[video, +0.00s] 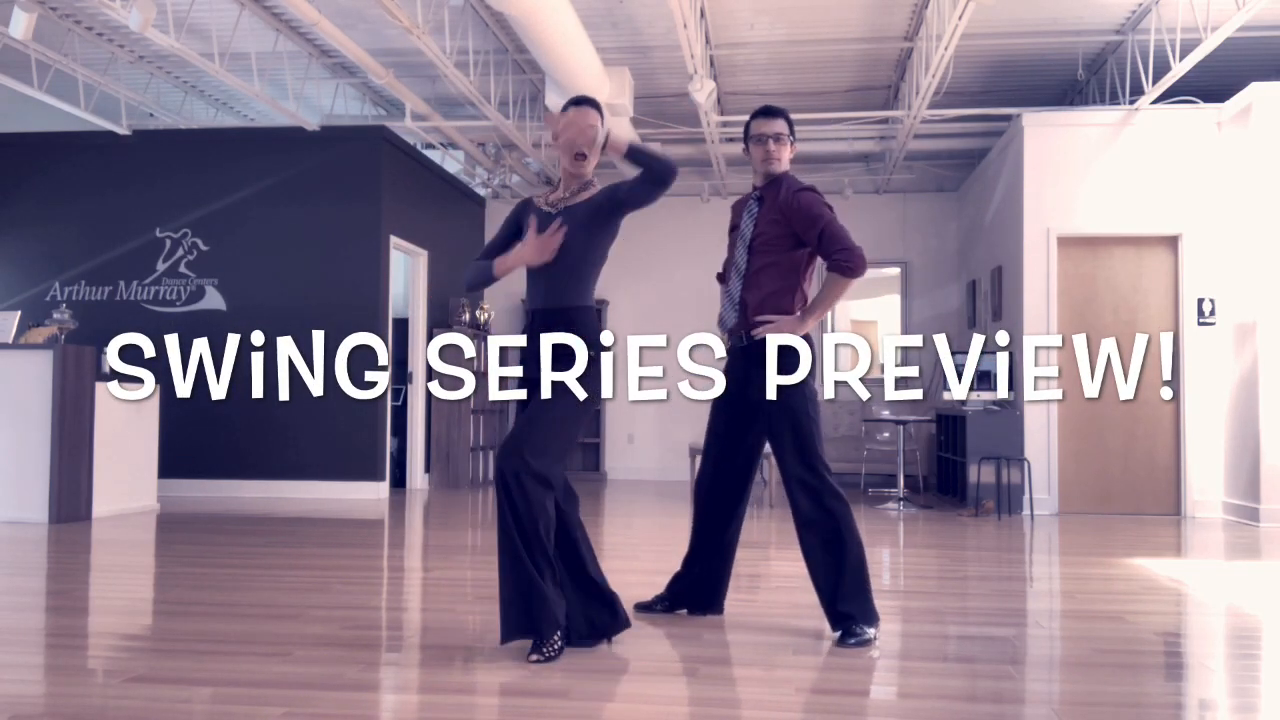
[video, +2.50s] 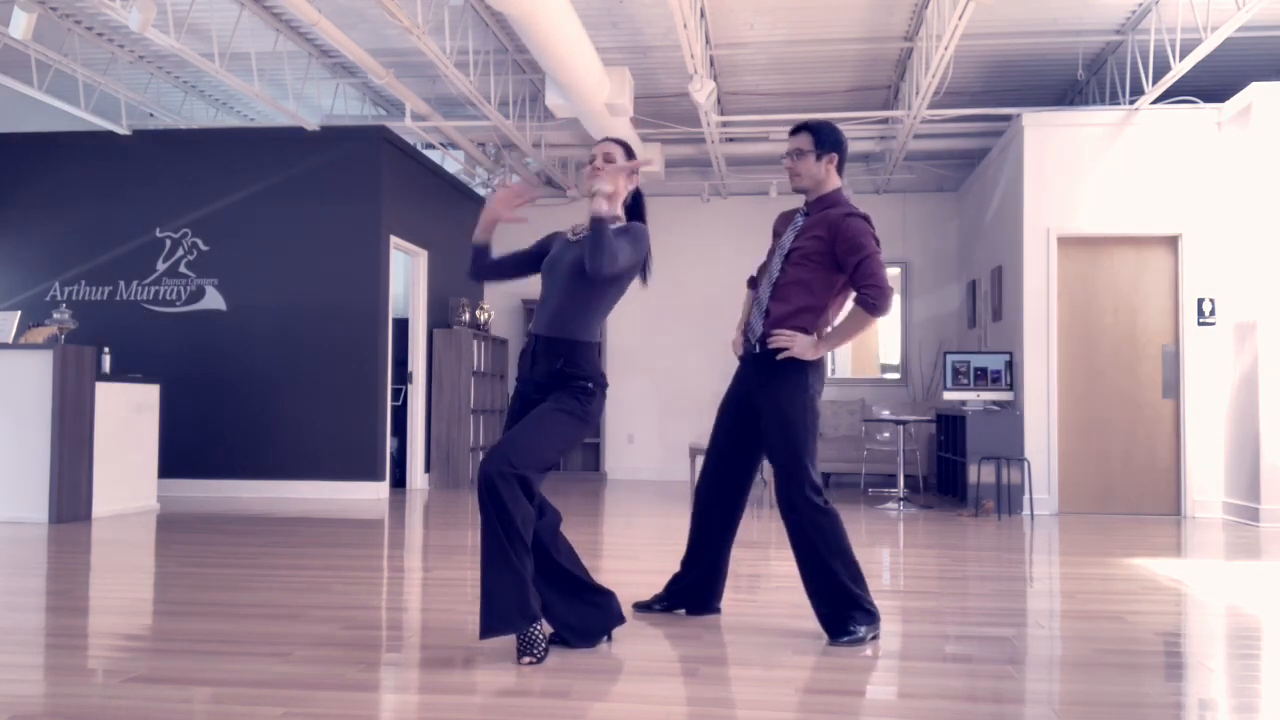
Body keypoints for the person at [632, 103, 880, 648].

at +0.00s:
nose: (770, 147)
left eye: (779, 139)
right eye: (760, 140)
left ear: (793, 148)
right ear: (746, 150)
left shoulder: (798, 199)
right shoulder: (744, 207)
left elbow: (849, 261)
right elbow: (740, 269)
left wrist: (805, 320)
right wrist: (733, 318)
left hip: (779, 355)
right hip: (741, 357)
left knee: (810, 482)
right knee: (720, 479)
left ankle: (855, 616)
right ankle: (697, 591)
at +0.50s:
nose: (769, 148)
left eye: (779, 140)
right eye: (759, 140)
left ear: (794, 148)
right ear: (745, 150)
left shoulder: (800, 202)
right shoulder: (742, 208)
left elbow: (854, 262)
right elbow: (741, 268)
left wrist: (807, 320)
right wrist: (726, 289)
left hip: (783, 354)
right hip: (742, 357)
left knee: (814, 482)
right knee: (723, 477)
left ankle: (857, 615)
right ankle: (698, 590)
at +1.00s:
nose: (759, 155)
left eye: (769, 146)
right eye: (756, 147)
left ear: (800, 151)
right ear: (758, 153)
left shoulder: (815, 207)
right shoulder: (756, 209)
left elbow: (862, 272)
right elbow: (733, 274)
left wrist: (812, 323)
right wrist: (729, 328)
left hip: (786, 357)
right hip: (743, 358)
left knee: (814, 484)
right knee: (723, 478)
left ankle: (856, 615)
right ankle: (697, 591)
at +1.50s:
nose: (792, 169)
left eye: (801, 161)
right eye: (791, 161)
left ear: (833, 163)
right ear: (812, 164)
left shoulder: (850, 224)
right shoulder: (797, 217)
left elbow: (877, 301)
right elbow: (770, 278)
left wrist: (816, 334)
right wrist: (743, 324)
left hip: (787, 365)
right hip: (750, 360)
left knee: (810, 489)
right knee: (721, 480)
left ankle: (854, 617)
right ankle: (697, 592)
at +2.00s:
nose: (795, 164)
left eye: (805, 156)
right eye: (794, 156)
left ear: (837, 162)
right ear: (806, 164)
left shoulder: (848, 221)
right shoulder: (798, 217)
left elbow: (874, 298)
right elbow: (780, 280)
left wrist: (817, 334)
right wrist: (747, 325)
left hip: (787, 364)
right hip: (751, 359)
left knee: (807, 487)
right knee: (721, 479)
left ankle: (855, 616)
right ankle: (697, 591)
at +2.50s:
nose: (787, 164)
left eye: (797, 156)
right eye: (787, 156)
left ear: (830, 162)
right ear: (800, 165)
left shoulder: (847, 221)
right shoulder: (791, 220)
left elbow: (876, 298)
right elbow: (761, 279)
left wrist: (821, 344)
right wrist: (744, 324)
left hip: (792, 368)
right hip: (753, 364)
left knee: (799, 493)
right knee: (719, 483)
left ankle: (854, 617)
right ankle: (695, 592)